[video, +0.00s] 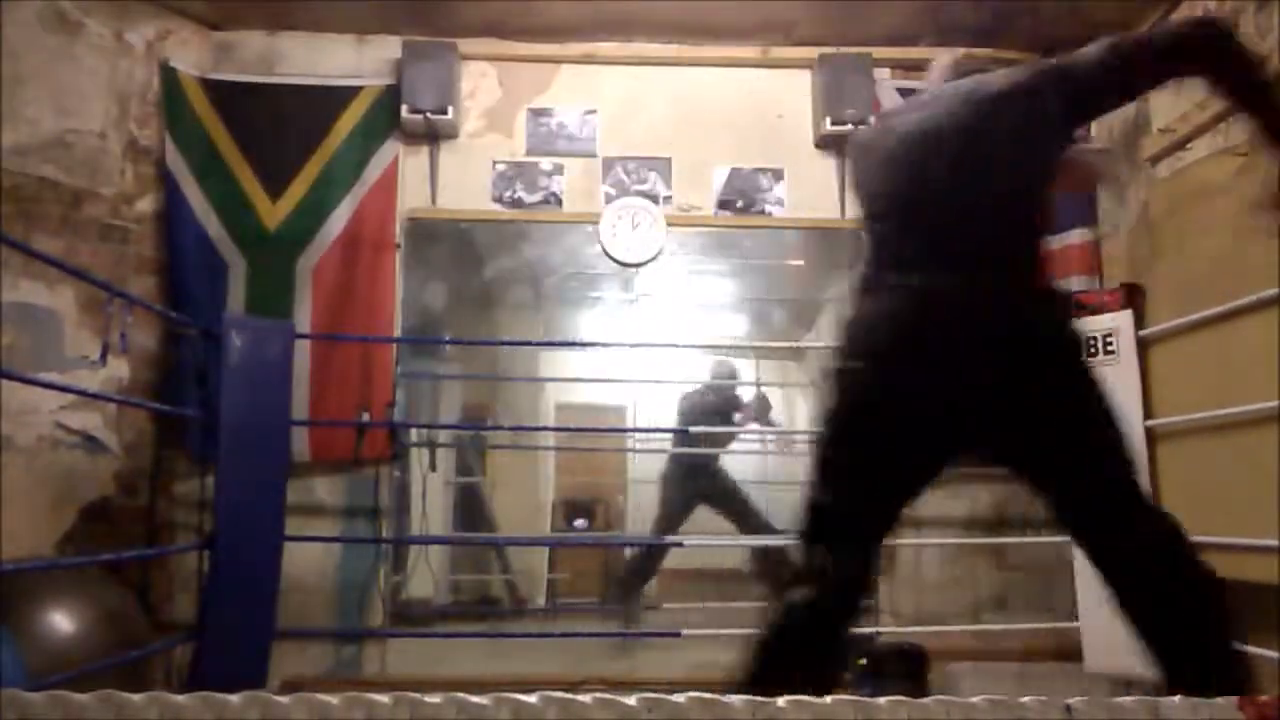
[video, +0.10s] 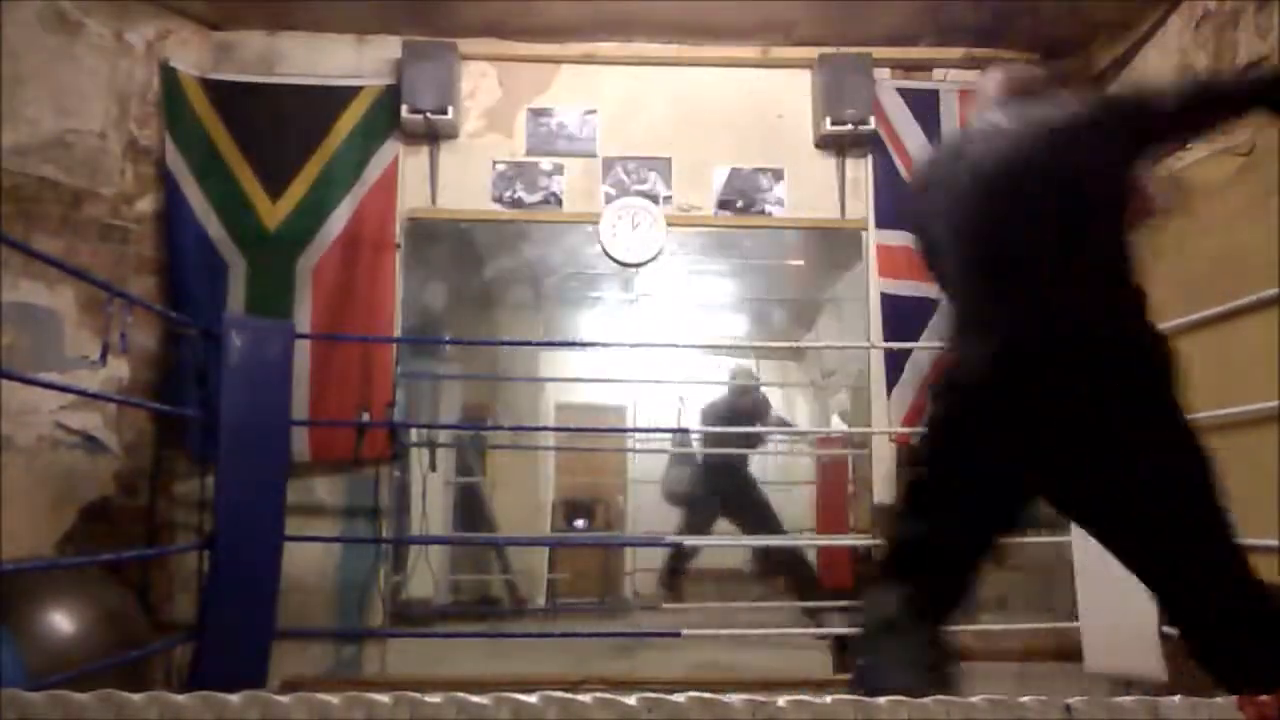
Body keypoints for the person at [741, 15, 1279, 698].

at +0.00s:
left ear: (925, 87)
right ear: (1005, 77)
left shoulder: (874, 138)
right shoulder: (1031, 93)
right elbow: (1196, 36)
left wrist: (921, 103)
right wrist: (1274, 121)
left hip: (893, 368)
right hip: (1019, 360)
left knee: (831, 559)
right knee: (1121, 531)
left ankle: (762, 715)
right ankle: (1222, 695)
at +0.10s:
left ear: (985, 104)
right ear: (1060, 90)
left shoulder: (935, 176)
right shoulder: (1092, 121)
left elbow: (955, 273)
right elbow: (1203, 98)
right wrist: (1266, 84)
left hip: (983, 407)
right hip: (1108, 398)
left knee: (918, 577)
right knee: (1200, 569)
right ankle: (1264, 682)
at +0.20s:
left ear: (1025, 174)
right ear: (1101, 159)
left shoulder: (990, 249)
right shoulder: (1160, 194)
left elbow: (1014, 378)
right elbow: (1267, 205)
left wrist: (1060, 428)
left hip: (1068, 476)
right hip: (1197, 460)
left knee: (1029, 663)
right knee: (1265, 638)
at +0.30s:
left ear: (1050, 223)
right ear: (1127, 208)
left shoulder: (1016, 285)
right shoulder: (1195, 243)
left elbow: (1031, 410)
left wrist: (1061, 476)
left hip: (1104, 502)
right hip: (1236, 483)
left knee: (1108, 670)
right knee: (1273, 651)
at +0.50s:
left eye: (1008, 237)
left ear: (1012, 233)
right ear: (1087, 224)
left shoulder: (1005, 275)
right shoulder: (1167, 264)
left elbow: (996, 403)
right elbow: (1234, 415)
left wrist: (977, 539)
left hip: (1111, 502)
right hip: (1232, 497)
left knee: (1017, 666)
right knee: (1264, 682)